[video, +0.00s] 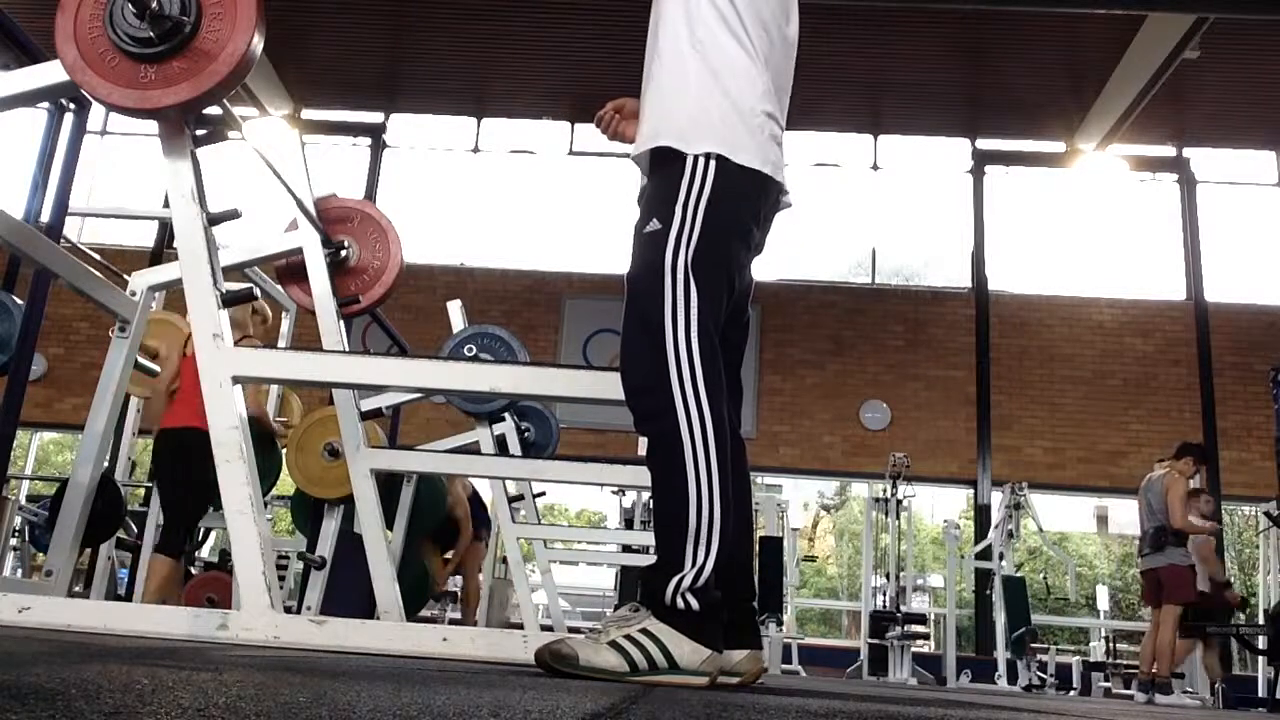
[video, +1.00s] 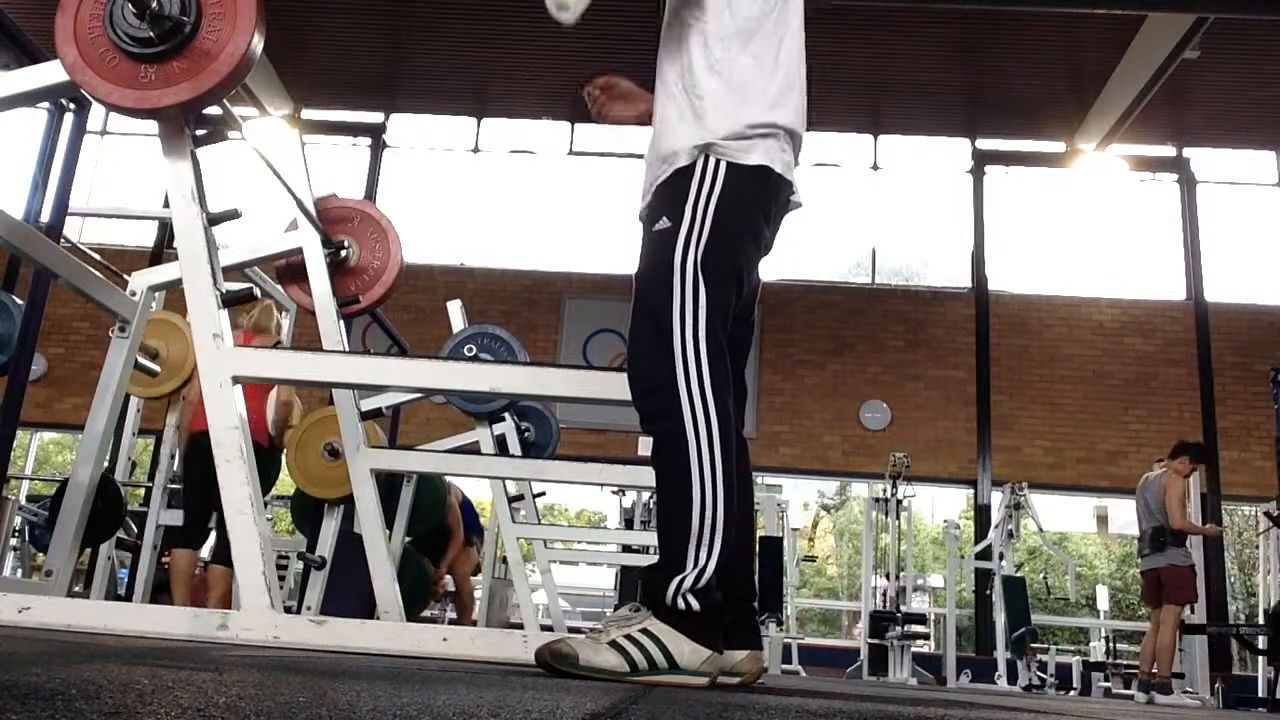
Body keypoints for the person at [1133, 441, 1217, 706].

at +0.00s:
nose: (1193, 475)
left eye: (1196, 472)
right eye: (1195, 470)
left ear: (1178, 459)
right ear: (1188, 462)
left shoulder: (1148, 480)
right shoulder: (1176, 479)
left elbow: (1149, 523)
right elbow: (1178, 522)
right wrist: (1208, 528)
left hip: (1148, 561)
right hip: (1173, 561)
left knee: (1156, 624)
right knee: (1168, 625)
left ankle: (1143, 685)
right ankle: (1163, 688)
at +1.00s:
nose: (1191, 475)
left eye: (1194, 470)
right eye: (1193, 469)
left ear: (1174, 459)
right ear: (1184, 461)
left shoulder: (1145, 480)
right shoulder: (1173, 480)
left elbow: (1146, 524)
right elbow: (1177, 523)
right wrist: (1206, 530)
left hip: (1149, 564)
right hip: (1173, 562)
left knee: (1155, 625)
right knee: (1169, 625)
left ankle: (1143, 685)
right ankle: (1164, 688)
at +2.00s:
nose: (1190, 475)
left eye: (1193, 471)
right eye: (1191, 469)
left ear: (1174, 459)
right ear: (1181, 461)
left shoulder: (1143, 480)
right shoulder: (1172, 480)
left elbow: (1143, 526)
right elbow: (1173, 519)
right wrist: (1203, 539)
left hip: (1148, 563)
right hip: (1172, 561)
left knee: (1157, 623)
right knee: (1169, 623)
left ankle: (1143, 684)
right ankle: (1163, 687)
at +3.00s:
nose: (1192, 469)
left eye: (1194, 464)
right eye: (1193, 463)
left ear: (1172, 457)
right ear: (1183, 458)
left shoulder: (1146, 480)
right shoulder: (1175, 480)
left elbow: (1147, 523)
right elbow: (1171, 519)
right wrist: (1187, 551)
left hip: (1148, 562)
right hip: (1170, 560)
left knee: (1155, 624)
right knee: (1168, 625)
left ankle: (1143, 685)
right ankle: (1163, 687)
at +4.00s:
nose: (1196, 472)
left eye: (1198, 467)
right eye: (1196, 466)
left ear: (1177, 459)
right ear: (1185, 459)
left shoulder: (1150, 480)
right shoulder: (1176, 480)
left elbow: (1151, 522)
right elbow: (1166, 517)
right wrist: (1185, 556)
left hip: (1149, 562)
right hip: (1170, 561)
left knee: (1156, 624)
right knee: (1167, 625)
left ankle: (1143, 684)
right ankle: (1163, 687)